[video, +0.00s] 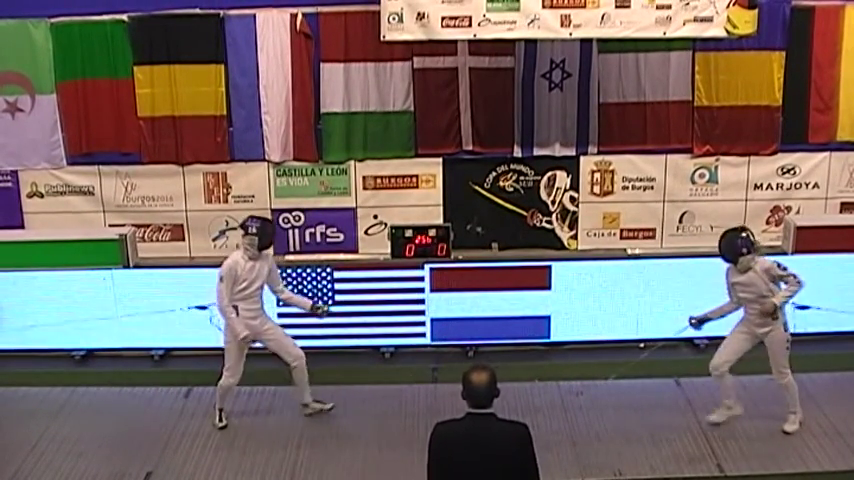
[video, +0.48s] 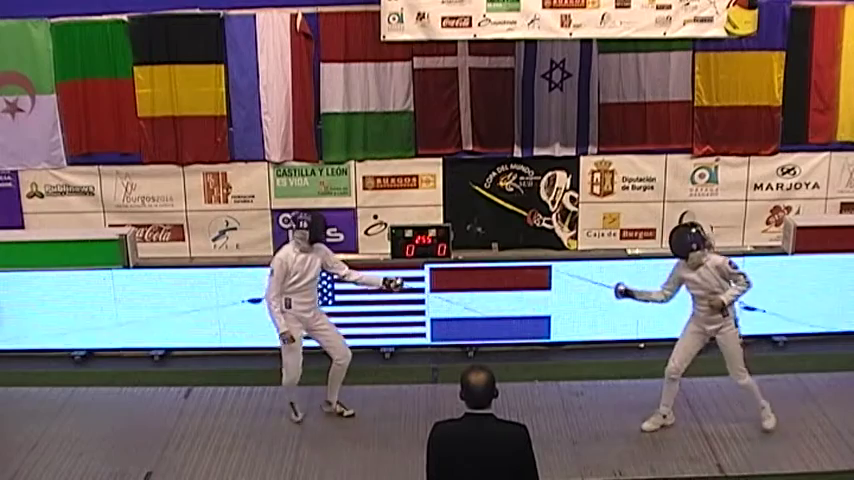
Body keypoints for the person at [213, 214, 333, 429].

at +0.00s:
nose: (248, 242)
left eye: (254, 238)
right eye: (246, 236)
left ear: (263, 242)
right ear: (242, 237)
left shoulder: (267, 261)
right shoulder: (231, 265)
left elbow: (280, 292)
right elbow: (223, 304)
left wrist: (311, 306)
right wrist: (239, 330)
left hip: (261, 321)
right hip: (236, 324)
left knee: (297, 358)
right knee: (231, 378)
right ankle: (219, 409)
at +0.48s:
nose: (301, 235)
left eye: (306, 231)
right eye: (299, 231)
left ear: (314, 234)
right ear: (295, 232)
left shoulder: (320, 251)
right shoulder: (283, 257)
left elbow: (347, 274)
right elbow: (272, 297)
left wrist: (382, 283)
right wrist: (282, 328)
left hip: (314, 315)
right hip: (289, 317)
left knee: (342, 356)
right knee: (292, 373)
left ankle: (331, 402)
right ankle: (290, 404)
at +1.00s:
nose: (349, 240)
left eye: (354, 236)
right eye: (347, 235)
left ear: (365, 239)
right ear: (343, 236)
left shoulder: (371, 258)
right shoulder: (334, 263)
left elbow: (402, 274)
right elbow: (323, 302)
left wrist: (438, 278)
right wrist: (333, 332)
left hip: (367, 322)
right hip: (342, 325)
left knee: (404, 357)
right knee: (323, 375)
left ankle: (409, 405)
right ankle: (301, 402)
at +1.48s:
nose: (368, 242)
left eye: (373, 239)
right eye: (365, 237)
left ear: (382, 242)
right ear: (361, 238)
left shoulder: (387, 260)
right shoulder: (351, 265)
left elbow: (415, 283)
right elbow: (342, 306)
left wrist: (450, 295)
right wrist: (352, 337)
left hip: (385, 322)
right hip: (361, 326)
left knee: (419, 355)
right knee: (351, 383)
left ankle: (409, 405)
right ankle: (324, 401)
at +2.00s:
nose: (333, 247)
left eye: (338, 243)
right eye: (331, 242)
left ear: (345, 246)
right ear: (326, 242)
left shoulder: (349, 265)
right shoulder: (314, 269)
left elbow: (372, 293)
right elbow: (295, 306)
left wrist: (404, 302)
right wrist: (301, 339)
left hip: (342, 328)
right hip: (319, 329)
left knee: (373, 365)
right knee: (320, 384)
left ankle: (350, 408)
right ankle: (305, 407)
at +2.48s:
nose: (366, 245)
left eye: (371, 241)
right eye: (363, 240)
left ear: (381, 243)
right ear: (359, 239)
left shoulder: (387, 261)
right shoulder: (349, 266)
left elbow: (416, 282)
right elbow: (342, 307)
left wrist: (453, 286)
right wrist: (360, 334)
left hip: (383, 325)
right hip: (357, 328)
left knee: (419, 359)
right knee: (335, 377)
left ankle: (422, 408)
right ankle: (309, 406)